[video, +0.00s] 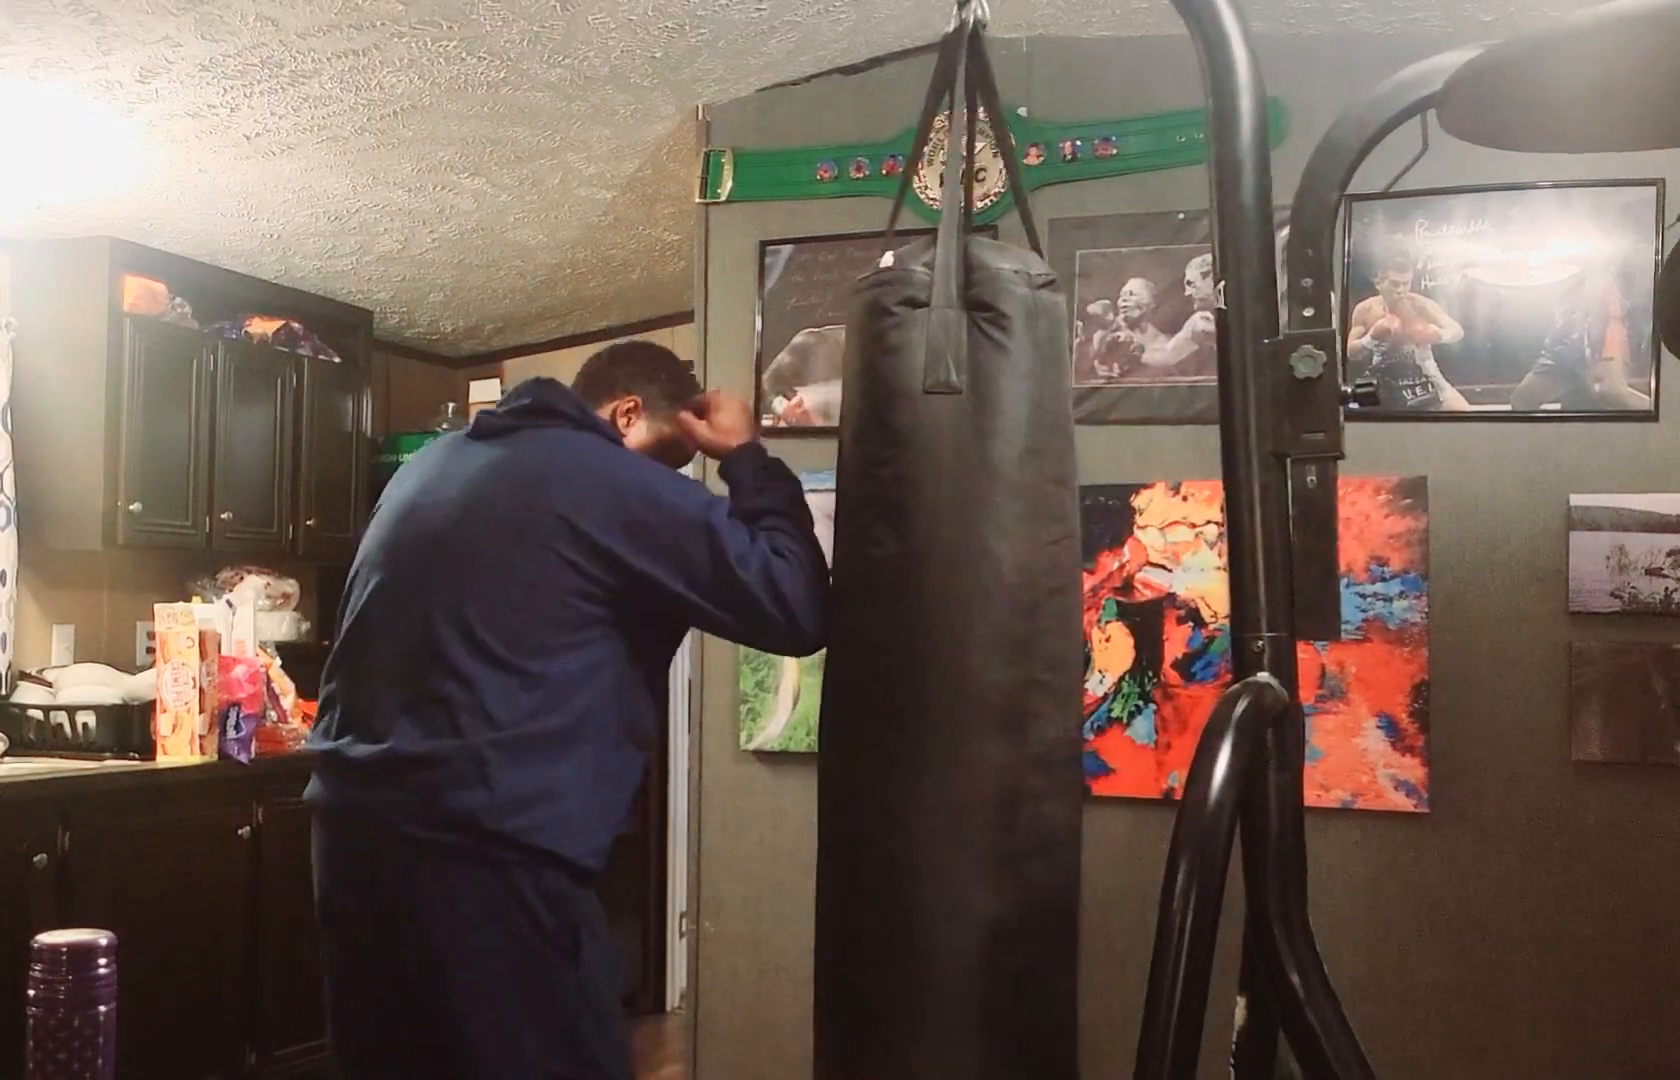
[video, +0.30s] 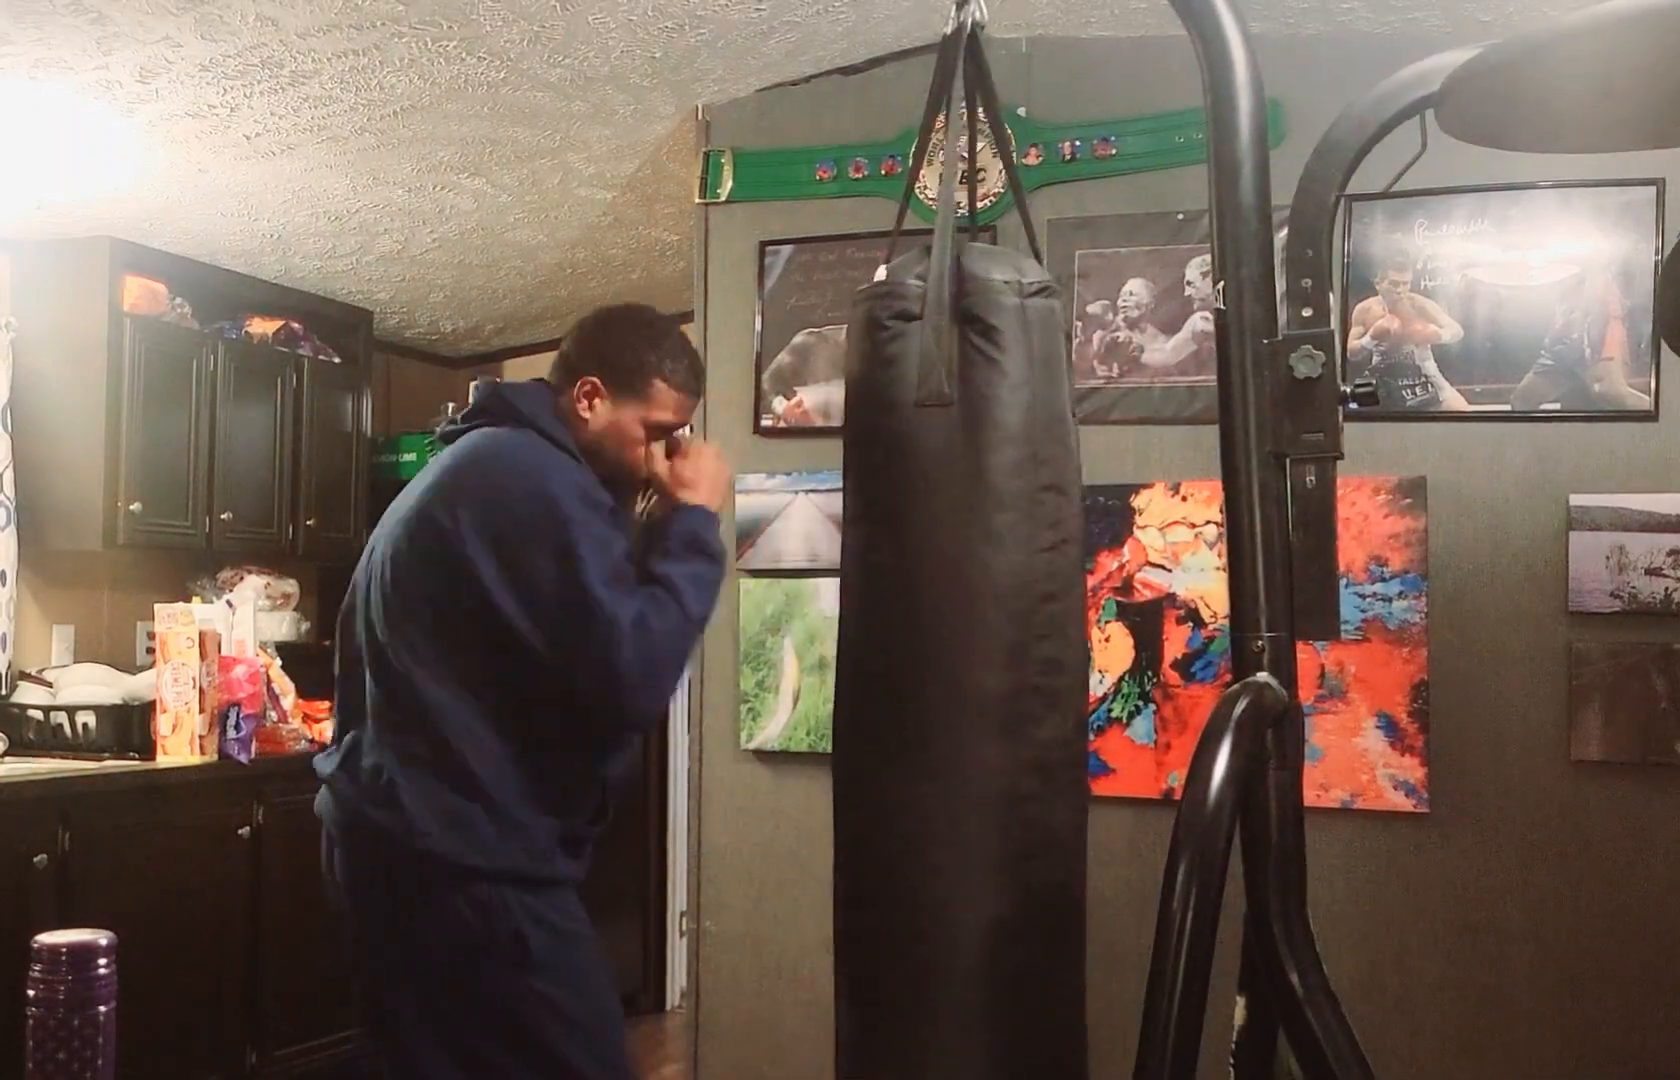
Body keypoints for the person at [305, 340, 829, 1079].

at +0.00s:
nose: (663, 476)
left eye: (673, 461)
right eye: (669, 455)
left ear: (581, 403)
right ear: (628, 414)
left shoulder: (431, 461)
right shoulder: (609, 481)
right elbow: (796, 605)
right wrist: (748, 455)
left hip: (351, 839)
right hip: (499, 857)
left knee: (385, 1064)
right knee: (559, 1061)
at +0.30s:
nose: (668, 455)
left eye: (675, 435)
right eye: (658, 431)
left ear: (588, 398)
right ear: (588, 398)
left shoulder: (481, 462)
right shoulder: (531, 478)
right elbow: (632, 673)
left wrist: (659, 514)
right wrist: (697, 516)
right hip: (473, 860)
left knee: (442, 1059)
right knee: (578, 1060)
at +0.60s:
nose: (740, 487)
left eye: (748, 465)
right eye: (725, 465)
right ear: (646, 435)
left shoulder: (715, 518)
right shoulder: (517, 532)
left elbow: (845, 628)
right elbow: (445, 748)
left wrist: (815, 473)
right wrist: (638, 685)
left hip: (614, 887)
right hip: (528, 898)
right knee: (649, 1065)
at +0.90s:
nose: (840, 441)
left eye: (848, 420)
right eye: (835, 416)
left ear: (761, 396)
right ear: (767, 397)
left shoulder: (633, 455)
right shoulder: (699, 484)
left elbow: (760, 620)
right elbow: (580, 673)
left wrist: (814, 498)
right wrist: (780, 723)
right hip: (598, 875)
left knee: (505, 1066)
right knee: (684, 1064)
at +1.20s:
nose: (795, 419)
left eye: (803, 401)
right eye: (797, 395)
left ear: (684, 355)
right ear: (752, 365)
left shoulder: (551, 443)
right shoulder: (709, 459)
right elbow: (860, 647)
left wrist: (785, 505)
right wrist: (852, 530)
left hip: (465, 833)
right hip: (617, 858)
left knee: (471, 1064)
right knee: (671, 1063)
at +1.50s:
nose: (726, 455)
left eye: (731, 440)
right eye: (729, 436)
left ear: (613, 386)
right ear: (693, 399)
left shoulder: (462, 481)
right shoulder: (716, 477)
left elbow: (444, 651)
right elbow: (900, 605)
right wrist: (826, 446)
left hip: (436, 864)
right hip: (611, 881)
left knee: (444, 1067)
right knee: (685, 1066)